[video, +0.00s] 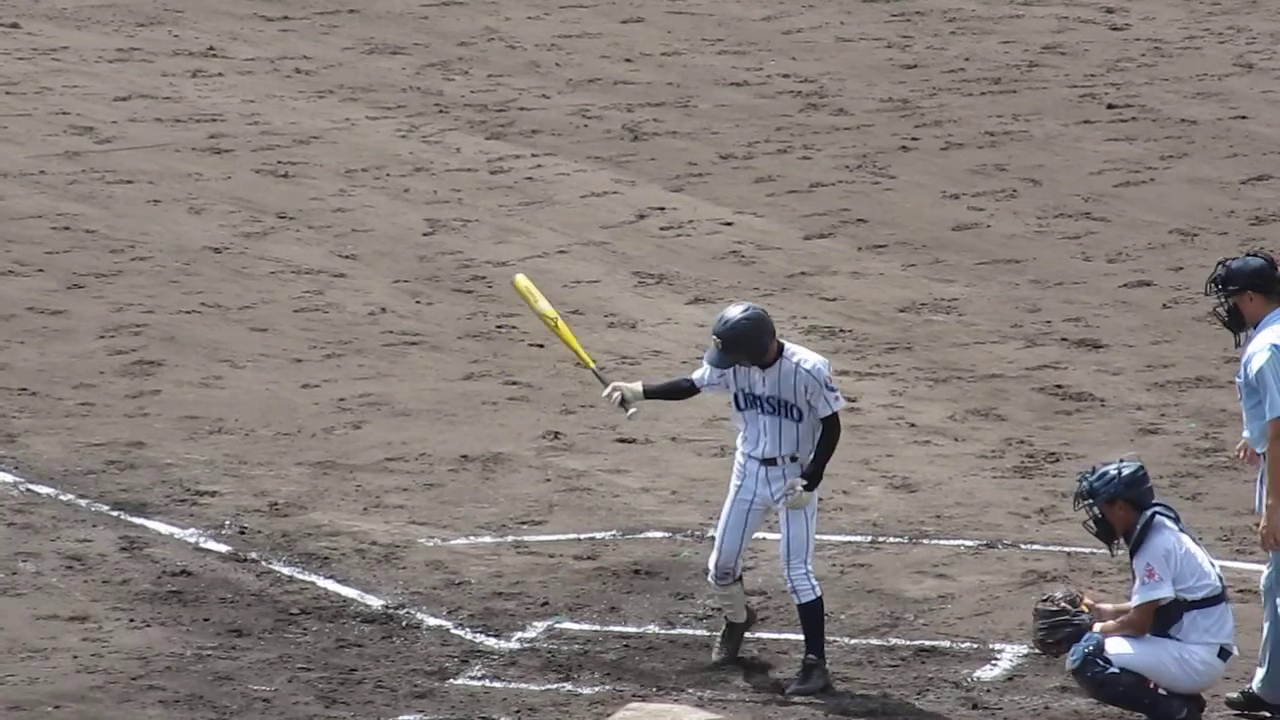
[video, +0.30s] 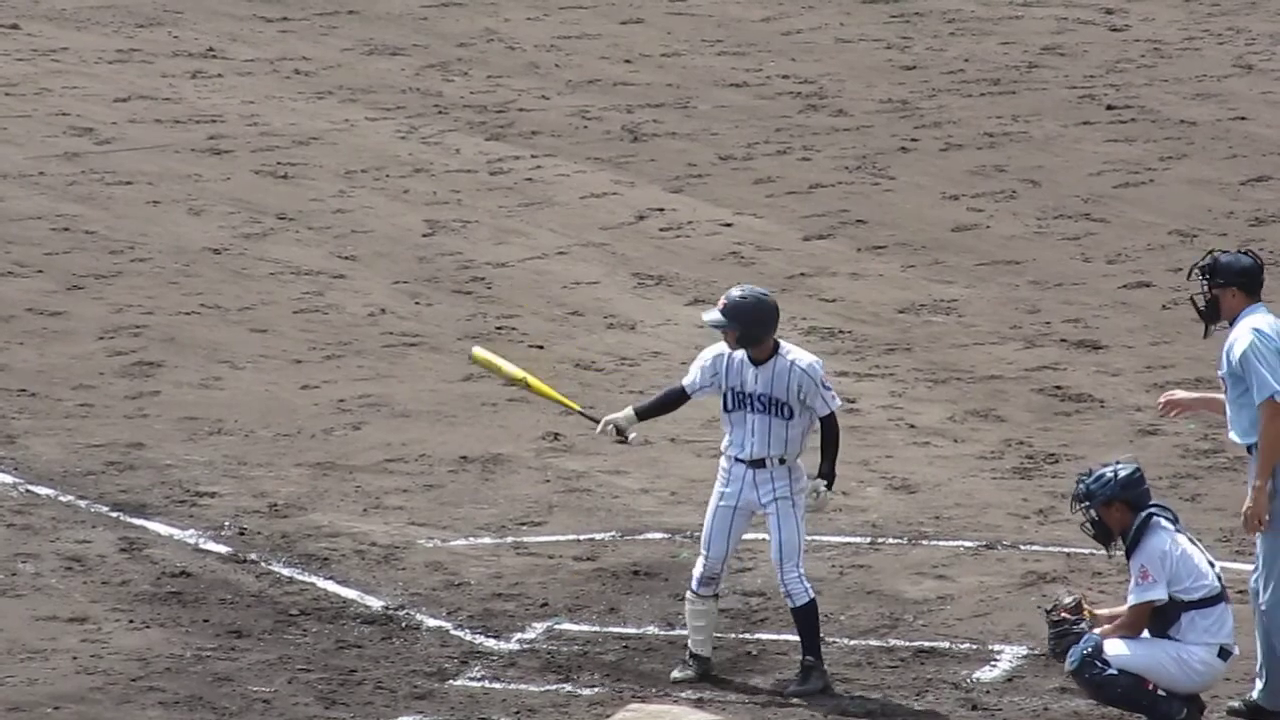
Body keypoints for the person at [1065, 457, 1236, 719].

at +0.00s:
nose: (1098, 518)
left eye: (1101, 509)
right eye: (1097, 510)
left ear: (1120, 507)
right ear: (1123, 507)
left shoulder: (1153, 542)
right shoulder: (1155, 529)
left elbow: (1140, 626)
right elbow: (1145, 609)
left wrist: (1094, 630)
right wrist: (1098, 610)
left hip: (1199, 659)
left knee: (1088, 657)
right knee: (1094, 640)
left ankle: (1173, 709)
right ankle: (1182, 698)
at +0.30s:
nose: (1095, 520)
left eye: (1098, 511)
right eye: (1094, 512)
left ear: (1117, 509)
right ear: (1121, 508)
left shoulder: (1150, 543)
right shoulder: (1156, 527)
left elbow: (1133, 628)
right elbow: (1145, 611)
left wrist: (1094, 637)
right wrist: (1094, 616)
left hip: (1198, 660)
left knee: (1085, 659)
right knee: (1096, 643)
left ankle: (1174, 710)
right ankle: (1183, 700)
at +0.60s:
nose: (1094, 516)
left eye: (1098, 509)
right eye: (1093, 509)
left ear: (1118, 510)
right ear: (1124, 506)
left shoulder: (1148, 544)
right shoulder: (1157, 523)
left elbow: (1133, 627)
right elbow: (1157, 609)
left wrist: (1090, 630)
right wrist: (1117, 580)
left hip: (1196, 660)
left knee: (1082, 662)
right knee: (1090, 636)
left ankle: (1173, 709)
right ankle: (1179, 696)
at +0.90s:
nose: (1098, 515)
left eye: (1102, 507)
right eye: (1098, 507)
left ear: (1122, 508)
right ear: (1126, 505)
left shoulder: (1150, 544)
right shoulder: (1160, 523)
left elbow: (1133, 628)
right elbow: (1157, 615)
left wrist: (1084, 631)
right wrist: (1118, 578)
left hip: (1195, 661)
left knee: (1081, 662)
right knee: (1096, 629)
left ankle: (1172, 710)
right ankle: (1180, 696)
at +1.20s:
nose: (1101, 511)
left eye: (1106, 504)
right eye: (1101, 504)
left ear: (1127, 506)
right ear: (1129, 503)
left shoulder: (1153, 545)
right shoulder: (1163, 524)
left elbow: (1133, 630)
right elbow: (1172, 609)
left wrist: (1081, 629)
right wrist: (1126, 607)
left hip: (1194, 662)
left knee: (1079, 663)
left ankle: (1172, 709)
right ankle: (1179, 696)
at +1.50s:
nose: (1102, 511)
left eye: (1108, 503)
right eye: (1103, 503)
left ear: (1128, 504)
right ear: (1131, 503)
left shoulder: (1157, 549)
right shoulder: (1164, 524)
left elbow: (1133, 631)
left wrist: (1076, 627)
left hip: (1192, 662)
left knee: (1077, 666)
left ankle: (1171, 710)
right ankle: (1180, 698)